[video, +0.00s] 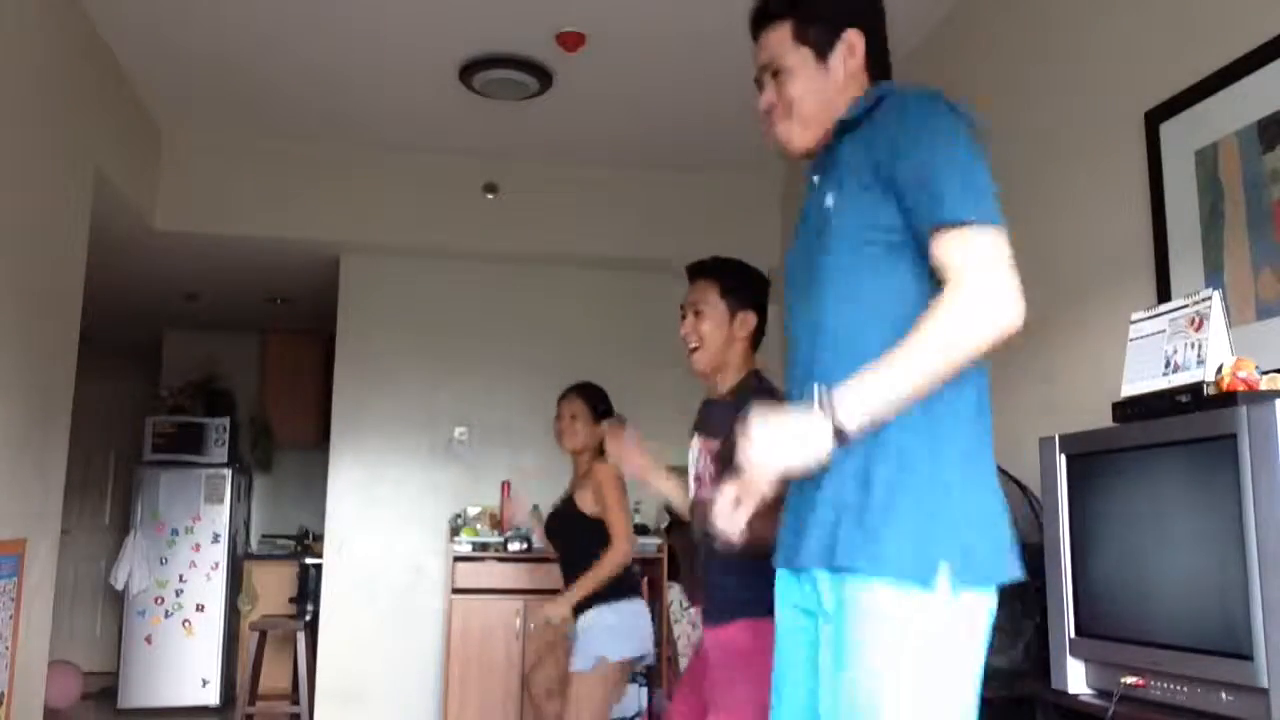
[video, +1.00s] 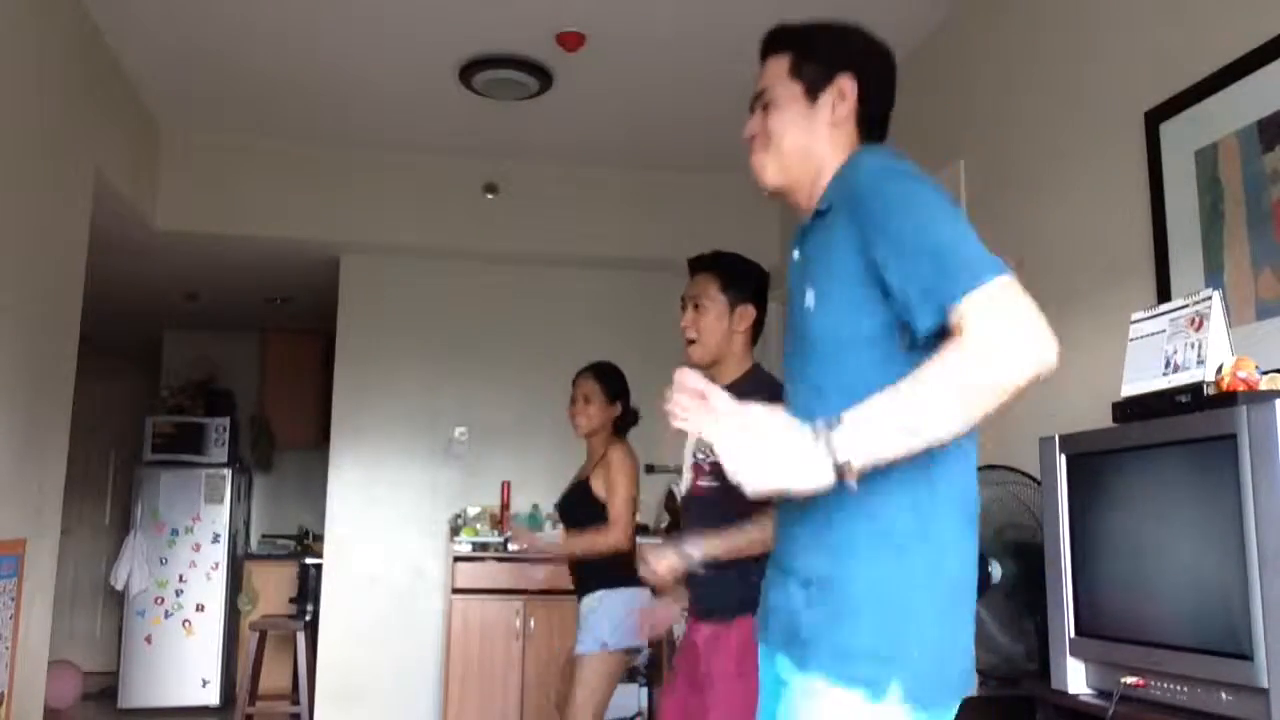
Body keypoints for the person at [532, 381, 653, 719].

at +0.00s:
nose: (564, 427)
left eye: (575, 418)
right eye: (560, 418)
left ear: (601, 427)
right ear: (555, 424)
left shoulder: (604, 473)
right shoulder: (580, 479)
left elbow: (622, 549)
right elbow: (590, 547)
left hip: (612, 614)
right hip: (594, 613)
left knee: (583, 712)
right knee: (540, 687)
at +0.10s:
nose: (563, 420)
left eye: (575, 411)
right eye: (560, 411)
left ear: (601, 422)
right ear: (555, 417)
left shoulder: (606, 466)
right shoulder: (583, 472)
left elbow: (620, 543)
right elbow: (592, 542)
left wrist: (559, 574)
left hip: (608, 612)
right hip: (586, 611)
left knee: (579, 712)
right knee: (546, 704)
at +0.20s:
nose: (562, 399)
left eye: (574, 390)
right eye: (559, 391)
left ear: (600, 397)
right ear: (555, 397)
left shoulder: (611, 442)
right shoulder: (583, 449)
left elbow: (606, 509)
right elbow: (582, 512)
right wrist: (524, 510)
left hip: (614, 592)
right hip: (580, 589)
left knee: (586, 706)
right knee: (559, 696)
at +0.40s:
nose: (569, 413)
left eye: (579, 402)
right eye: (565, 404)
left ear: (606, 407)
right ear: (561, 408)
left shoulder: (614, 458)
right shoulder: (589, 464)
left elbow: (611, 524)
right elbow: (595, 523)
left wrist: (551, 513)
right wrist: (551, 506)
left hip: (627, 604)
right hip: (590, 602)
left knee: (598, 711)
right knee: (545, 690)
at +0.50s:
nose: (571, 423)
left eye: (581, 413)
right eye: (568, 413)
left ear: (610, 421)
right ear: (565, 418)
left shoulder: (617, 473)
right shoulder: (588, 476)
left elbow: (628, 556)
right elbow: (592, 546)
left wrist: (559, 572)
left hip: (619, 613)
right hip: (592, 613)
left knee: (587, 713)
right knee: (546, 705)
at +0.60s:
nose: (571, 410)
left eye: (580, 400)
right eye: (568, 401)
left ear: (609, 405)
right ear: (564, 405)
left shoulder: (620, 456)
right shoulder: (590, 456)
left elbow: (620, 538)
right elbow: (585, 524)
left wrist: (558, 534)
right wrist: (540, 528)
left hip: (614, 596)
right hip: (587, 593)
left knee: (584, 712)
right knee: (561, 707)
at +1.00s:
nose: (576, 410)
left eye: (588, 401)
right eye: (574, 401)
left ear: (616, 409)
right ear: (570, 405)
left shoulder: (618, 455)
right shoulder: (595, 457)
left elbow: (620, 536)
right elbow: (591, 531)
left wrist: (550, 546)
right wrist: (537, 537)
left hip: (615, 599)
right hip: (597, 597)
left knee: (581, 711)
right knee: (573, 709)